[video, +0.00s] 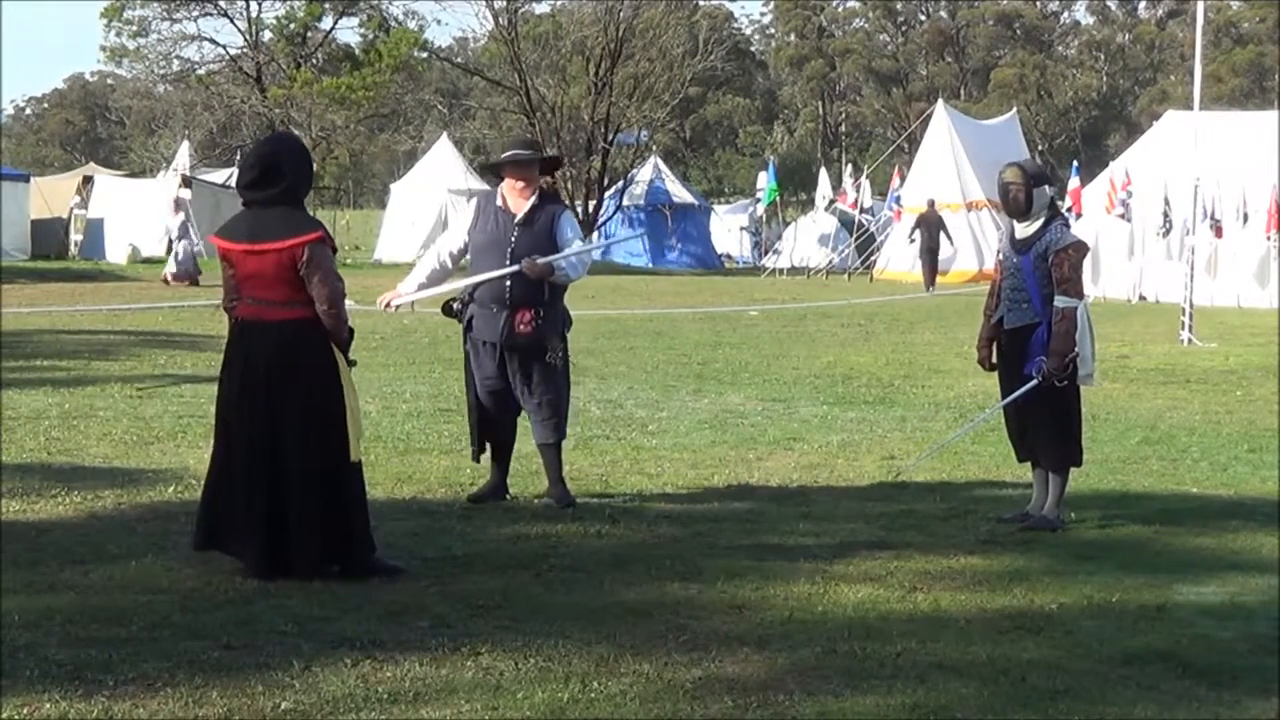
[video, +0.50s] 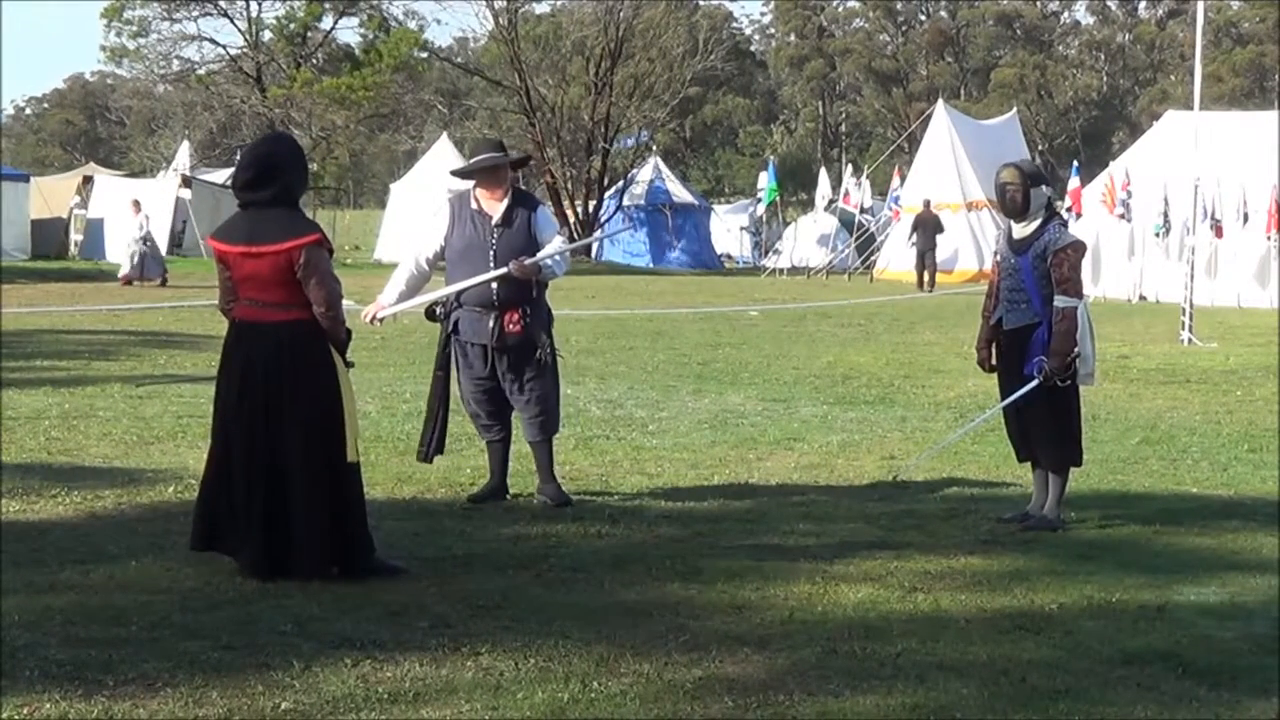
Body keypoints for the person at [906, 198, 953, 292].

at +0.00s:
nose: (930, 206)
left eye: (929, 204)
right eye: (932, 204)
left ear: (927, 205)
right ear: (934, 205)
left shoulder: (922, 216)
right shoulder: (938, 216)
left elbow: (914, 227)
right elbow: (945, 229)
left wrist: (910, 236)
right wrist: (950, 240)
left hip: (925, 245)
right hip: (935, 245)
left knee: (926, 265)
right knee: (934, 265)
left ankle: (927, 286)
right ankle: (932, 284)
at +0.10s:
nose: (931, 206)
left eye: (929, 204)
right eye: (932, 204)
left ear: (926, 204)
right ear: (934, 204)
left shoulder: (921, 215)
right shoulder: (937, 216)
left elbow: (915, 227)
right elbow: (944, 230)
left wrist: (912, 236)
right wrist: (950, 242)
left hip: (924, 244)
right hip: (934, 244)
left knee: (922, 264)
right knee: (933, 265)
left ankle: (926, 281)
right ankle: (932, 284)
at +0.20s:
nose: (930, 204)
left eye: (929, 202)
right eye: (932, 203)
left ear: (926, 203)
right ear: (933, 203)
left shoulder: (921, 214)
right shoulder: (937, 215)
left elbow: (915, 226)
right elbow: (942, 228)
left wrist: (912, 234)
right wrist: (947, 239)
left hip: (924, 243)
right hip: (934, 243)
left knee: (921, 261)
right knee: (933, 263)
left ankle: (924, 277)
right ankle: (932, 284)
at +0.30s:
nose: (928, 204)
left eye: (927, 202)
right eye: (930, 202)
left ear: (924, 203)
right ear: (932, 203)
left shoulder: (920, 214)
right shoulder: (936, 214)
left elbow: (915, 226)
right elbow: (942, 226)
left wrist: (913, 234)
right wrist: (942, 233)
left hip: (922, 243)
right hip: (933, 244)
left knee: (920, 262)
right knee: (932, 263)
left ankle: (921, 282)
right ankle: (931, 284)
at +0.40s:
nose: (927, 205)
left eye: (926, 203)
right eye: (929, 203)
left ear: (924, 204)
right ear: (931, 204)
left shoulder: (919, 214)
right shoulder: (936, 214)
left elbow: (915, 228)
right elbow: (943, 227)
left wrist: (912, 236)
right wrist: (937, 233)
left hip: (921, 243)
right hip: (932, 243)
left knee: (920, 264)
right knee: (932, 263)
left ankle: (920, 285)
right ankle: (931, 285)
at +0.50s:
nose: (926, 207)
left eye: (925, 205)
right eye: (927, 205)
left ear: (923, 205)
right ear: (930, 205)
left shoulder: (918, 216)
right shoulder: (935, 216)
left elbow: (913, 228)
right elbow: (941, 229)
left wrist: (909, 238)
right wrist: (933, 231)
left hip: (920, 245)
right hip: (930, 245)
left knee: (919, 266)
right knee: (931, 265)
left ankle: (920, 285)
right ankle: (930, 285)